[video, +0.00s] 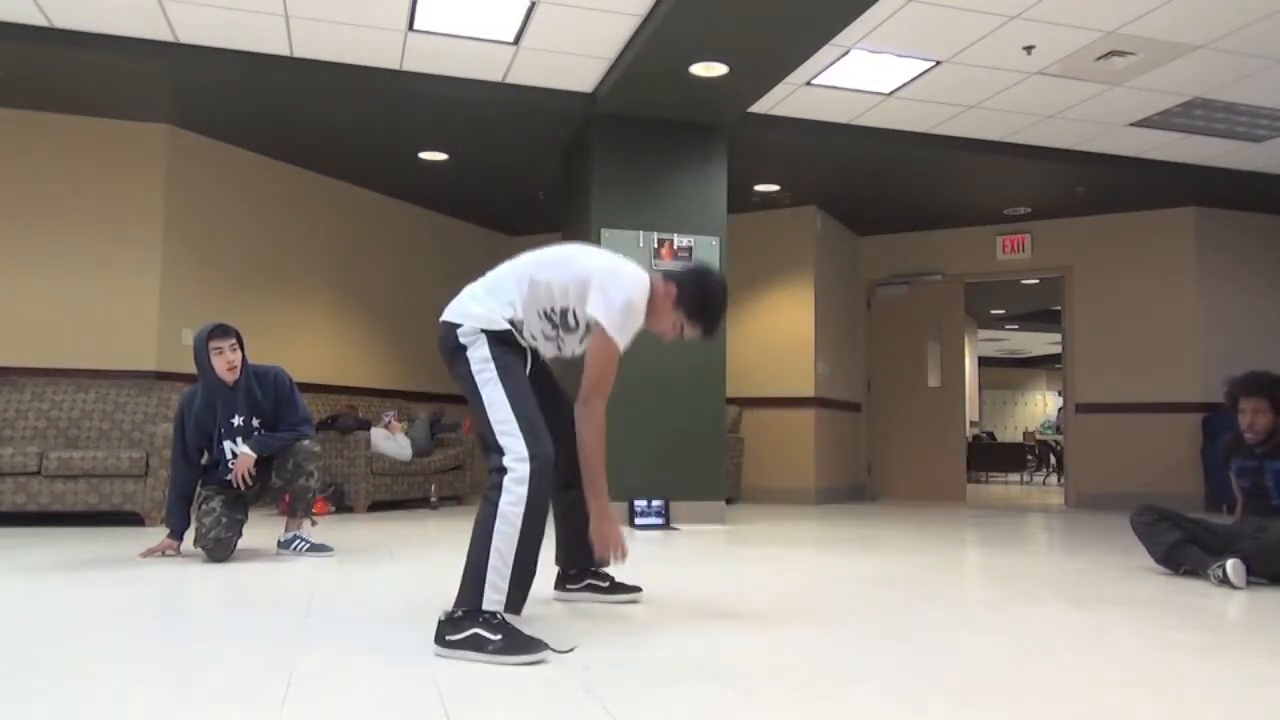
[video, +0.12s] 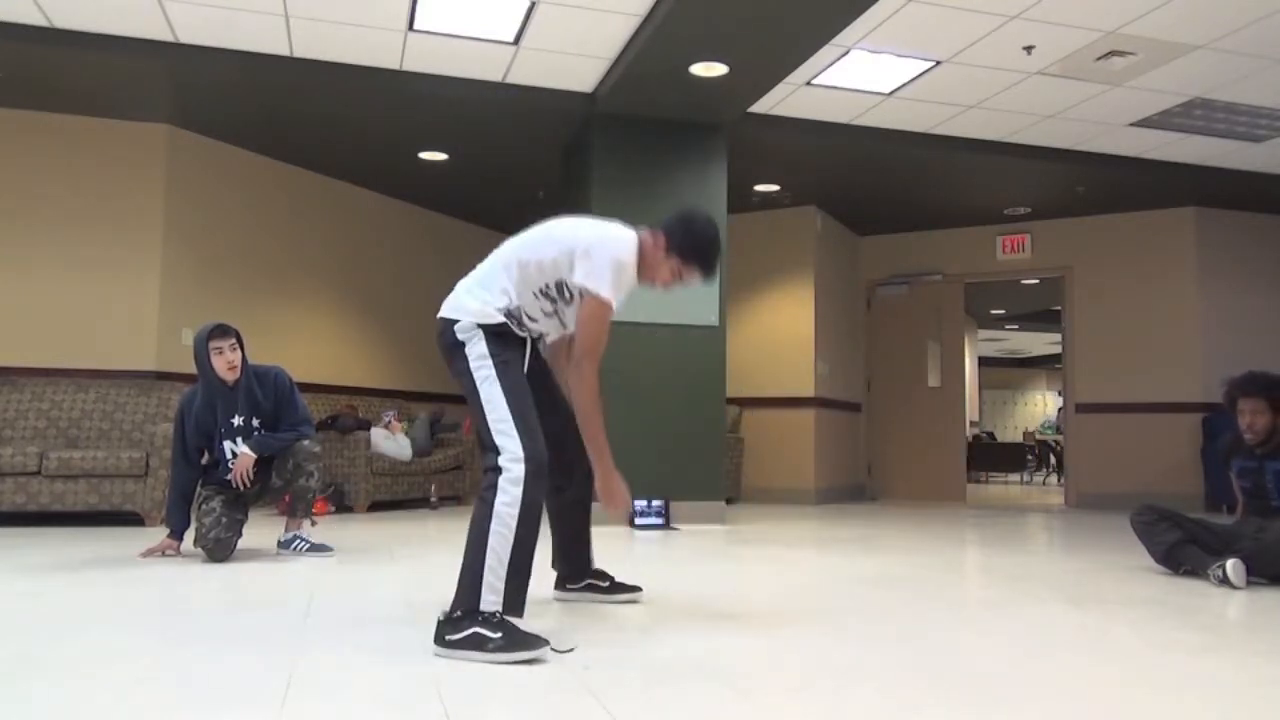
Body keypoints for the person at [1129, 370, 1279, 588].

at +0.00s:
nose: (1249, 422)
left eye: (1259, 413)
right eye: (1243, 413)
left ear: (1276, 416)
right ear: (1235, 415)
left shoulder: (1276, 451)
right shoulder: (1234, 450)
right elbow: (1241, 500)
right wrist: (1236, 530)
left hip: (1271, 536)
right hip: (1239, 533)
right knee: (1144, 515)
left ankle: (1197, 562)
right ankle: (1210, 566)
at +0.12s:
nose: (1248, 422)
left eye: (1258, 413)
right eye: (1242, 413)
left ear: (1276, 416)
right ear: (1234, 416)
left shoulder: (1276, 452)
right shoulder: (1234, 451)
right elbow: (1242, 501)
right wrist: (1236, 531)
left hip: (1271, 536)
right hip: (1239, 534)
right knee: (1144, 515)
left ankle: (1197, 562)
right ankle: (1210, 566)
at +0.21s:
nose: (1248, 423)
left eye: (1258, 414)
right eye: (1242, 414)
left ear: (1276, 416)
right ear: (1234, 416)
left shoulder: (1275, 452)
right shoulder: (1234, 450)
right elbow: (1242, 501)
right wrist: (1237, 530)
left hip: (1270, 536)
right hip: (1239, 534)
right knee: (1144, 515)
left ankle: (1197, 562)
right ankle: (1210, 566)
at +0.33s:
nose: (1248, 422)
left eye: (1259, 413)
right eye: (1242, 413)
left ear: (1276, 415)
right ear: (1235, 415)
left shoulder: (1275, 452)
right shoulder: (1234, 450)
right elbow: (1242, 501)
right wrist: (1236, 530)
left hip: (1270, 536)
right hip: (1238, 533)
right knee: (1144, 515)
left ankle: (1198, 562)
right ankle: (1210, 566)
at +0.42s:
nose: (1249, 421)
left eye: (1259, 412)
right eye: (1243, 412)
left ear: (1277, 415)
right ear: (1235, 415)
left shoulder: (1275, 452)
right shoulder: (1236, 451)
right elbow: (1243, 502)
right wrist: (1236, 531)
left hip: (1271, 536)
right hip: (1239, 533)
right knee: (1144, 515)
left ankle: (1198, 563)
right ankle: (1210, 566)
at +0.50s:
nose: (1249, 421)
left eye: (1259, 412)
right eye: (1243, 412)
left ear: (1277, 415)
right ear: (1235, 415)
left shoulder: (1275, 452)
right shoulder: (1235, 450)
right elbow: (1243, 501)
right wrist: (1236, 531)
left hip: (1271, 536)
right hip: (1239, 533)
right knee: (1144, 515)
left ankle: (1197, 562)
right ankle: (1210, 566)